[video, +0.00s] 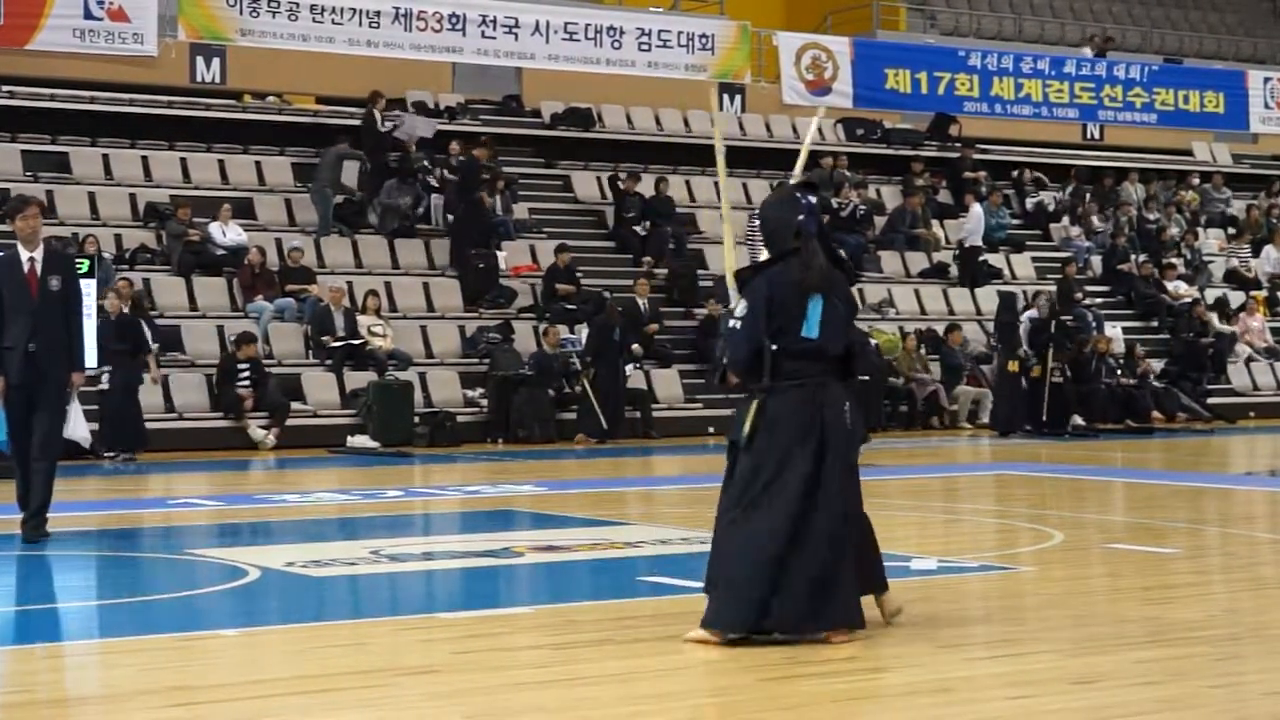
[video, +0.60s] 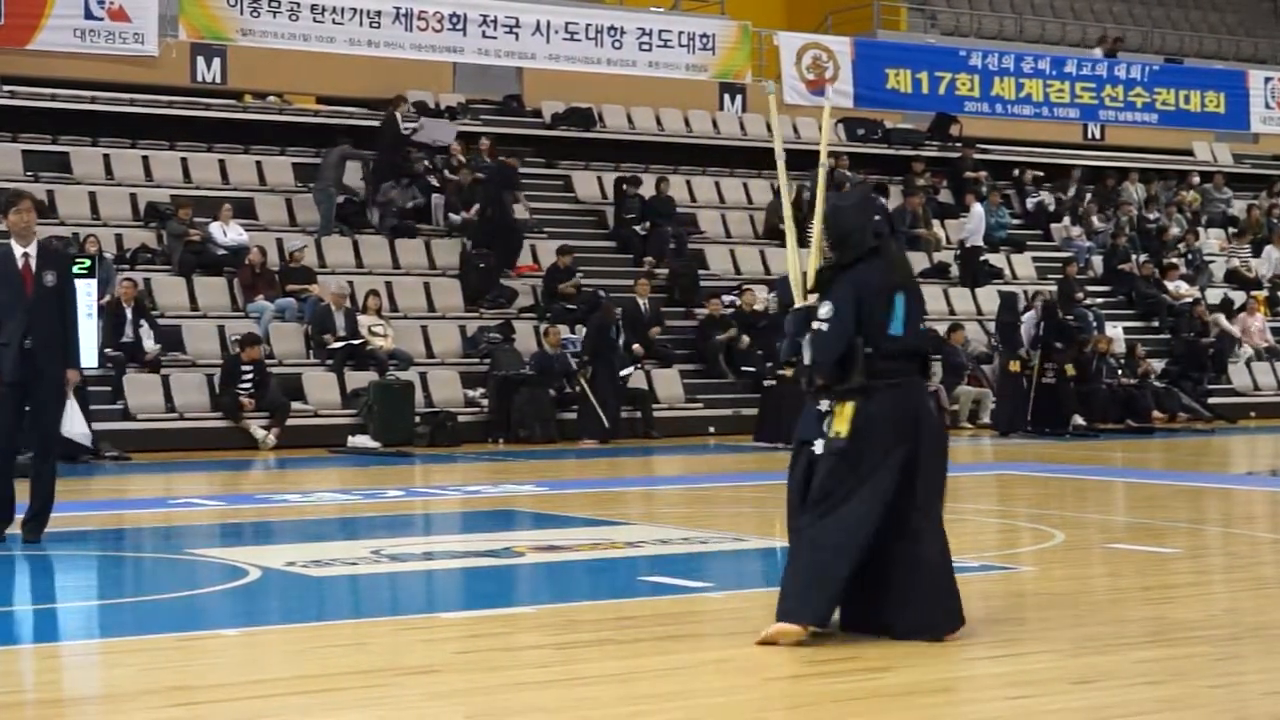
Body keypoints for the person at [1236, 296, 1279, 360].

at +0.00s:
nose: (1252, 310)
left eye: (1253, 308)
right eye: (1250, 308)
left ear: (1256, 307)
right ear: (1246, 308)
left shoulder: (1260, 317)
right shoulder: (1242, 316)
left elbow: (1265, 331)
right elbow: (1241, 331)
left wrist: (1271, 343)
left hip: (1260, 340)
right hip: (1249, 340)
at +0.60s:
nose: (1252, 306)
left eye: (1254, 304)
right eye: (1250, 304)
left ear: (1257, 305)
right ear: (1246, 306)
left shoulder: (1260, 317)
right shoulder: (1241, 317)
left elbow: (1266, 331)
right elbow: (1237, 331)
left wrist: (1272, 343)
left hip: (1261, 342)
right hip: (1249, 343)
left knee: (1276, 350)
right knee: (1259, 351)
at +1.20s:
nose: (1251, 305)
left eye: (1253, 303)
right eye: (1248, 303)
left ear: (1257, 304)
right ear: (1246, 305)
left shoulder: (1261, 316)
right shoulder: (1242, 315)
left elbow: (1266, 331)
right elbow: (1238, 329)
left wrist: (1272, 342)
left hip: (1261, 342)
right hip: (1248, 342)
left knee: (1276, 350)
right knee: (1260, 352)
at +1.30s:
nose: (1251, 305)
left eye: (1252, 302)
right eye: (1248, 303)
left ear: (1255, 303)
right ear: (1245, 305)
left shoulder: (1259, 315)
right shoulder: (1241, 315)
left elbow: (1266, 330)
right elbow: (1238, 331)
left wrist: (1273, 343)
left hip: (1262, 342)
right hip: (1249, 343)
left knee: (1276, 351)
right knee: (1260, 352)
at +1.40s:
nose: (1250, 305)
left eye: (1251, 302)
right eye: (1247, 303)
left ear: (1255, 304)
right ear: (1244, 305)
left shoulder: (1258, 315)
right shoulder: (1240, 316)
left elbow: (1266, 329)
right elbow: (1238, 332)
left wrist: (1272, 342)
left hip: (1262, 341)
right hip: (1249, 343)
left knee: (1276, 351)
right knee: (1260, 352)